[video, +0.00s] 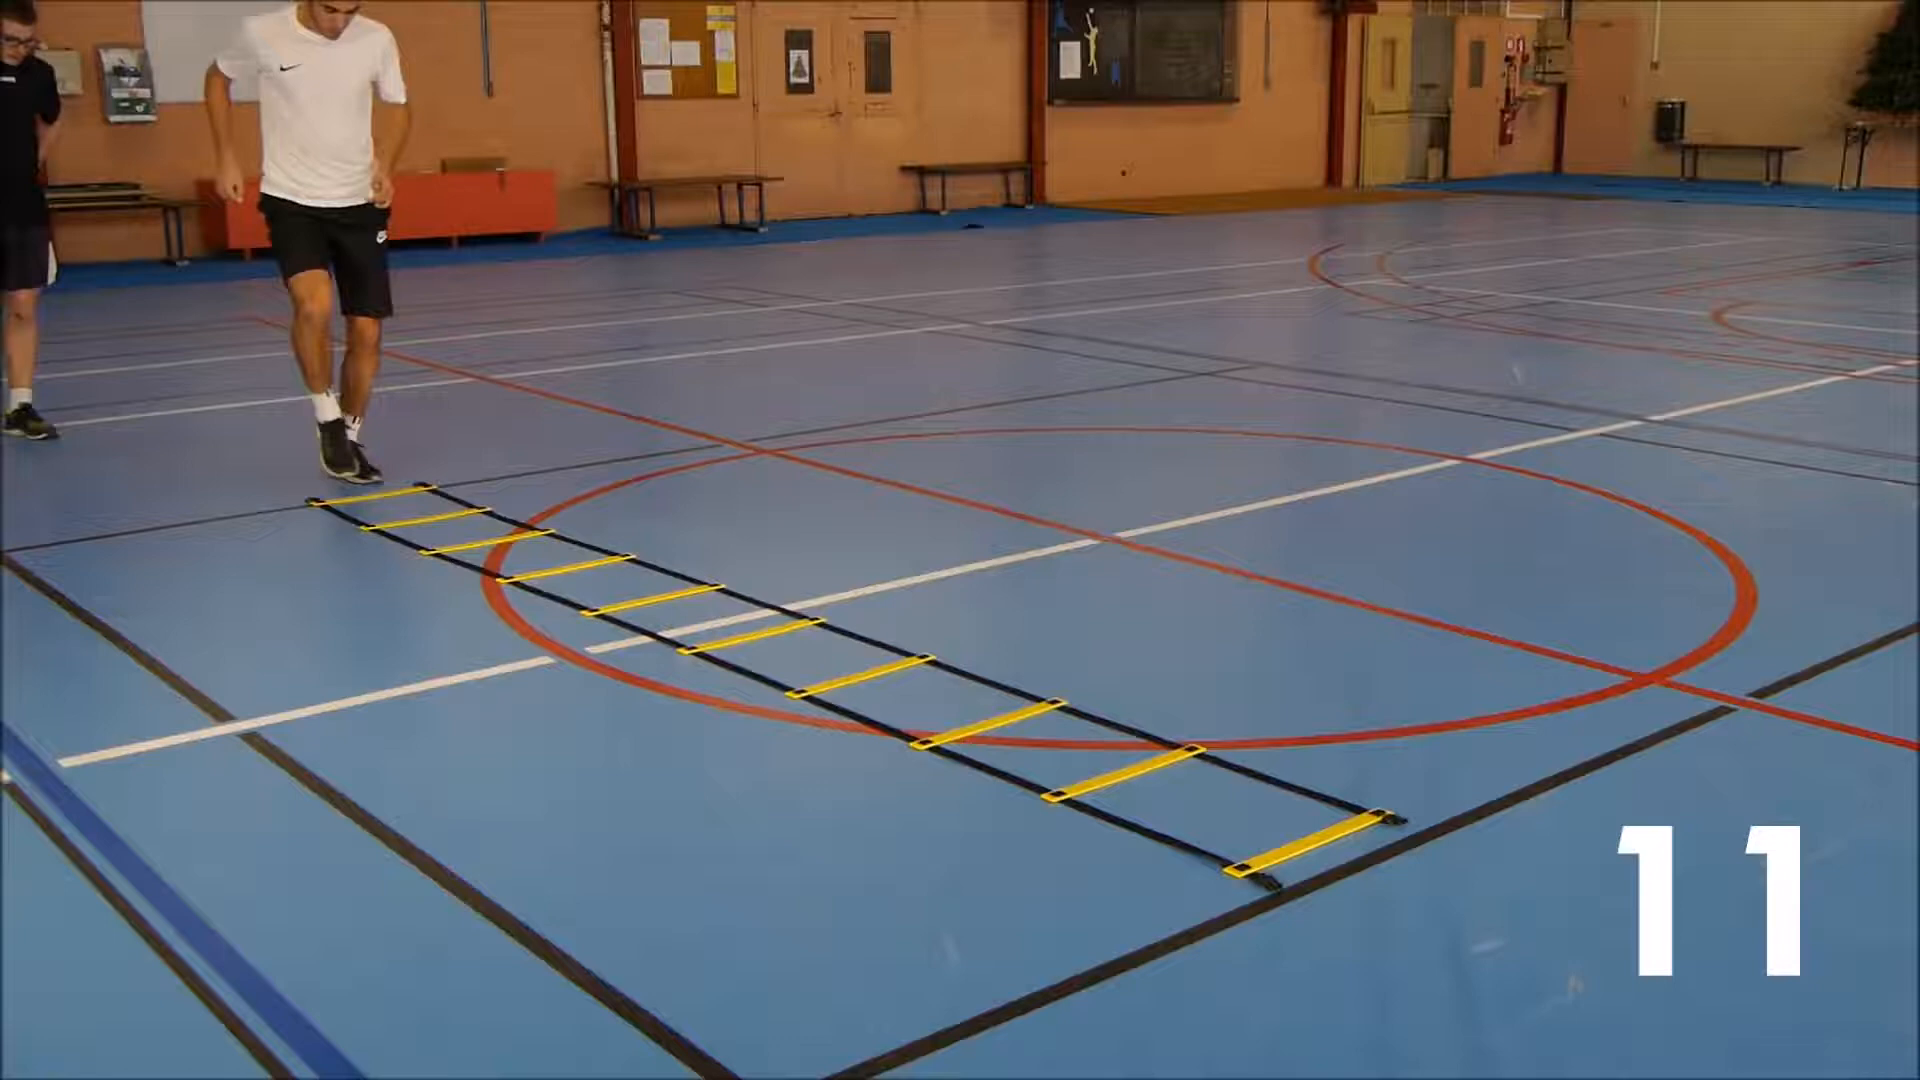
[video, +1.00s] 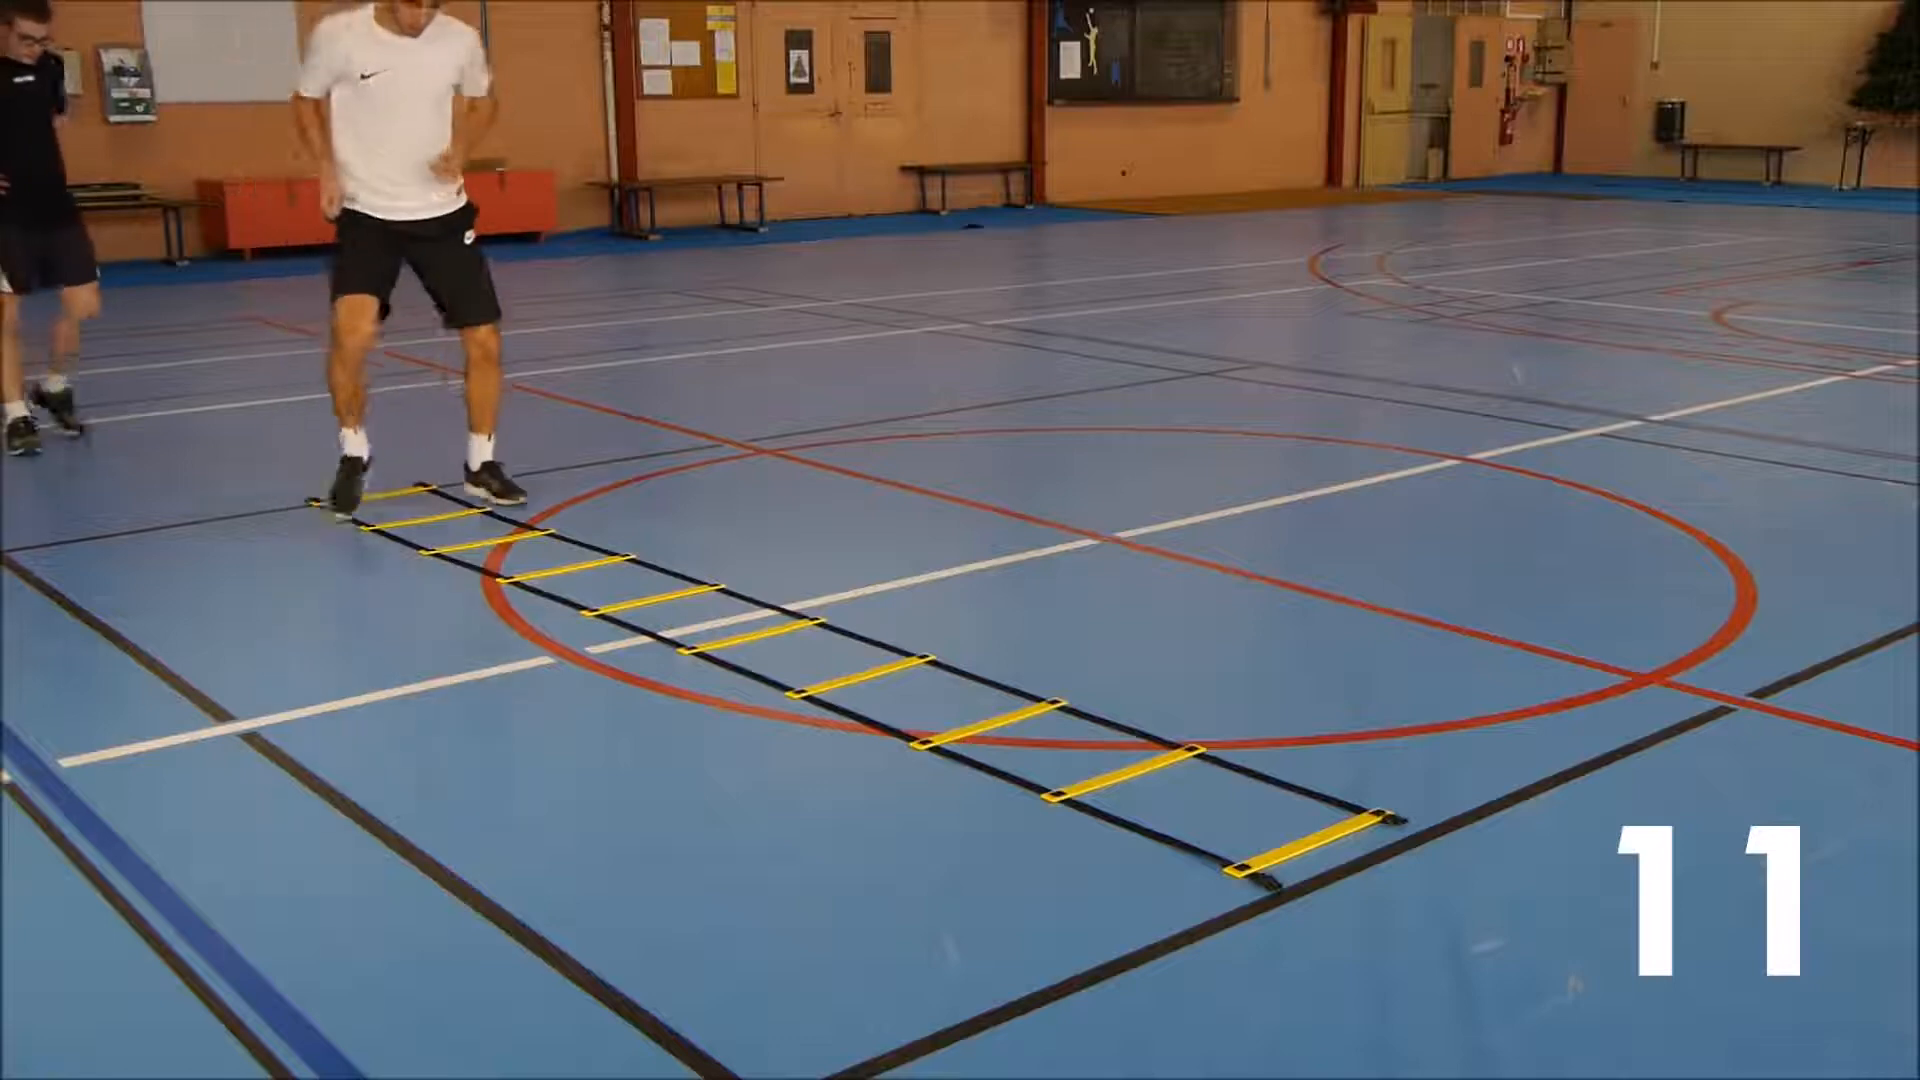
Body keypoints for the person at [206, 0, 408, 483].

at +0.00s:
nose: (338, 21)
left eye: (347, 12)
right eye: (329, 11)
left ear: (359, 5)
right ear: (307, 1)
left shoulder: (377, 39)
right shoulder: (261, 36)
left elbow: (397, 105)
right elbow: (217, 78)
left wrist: (386, 165)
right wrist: (226, 158)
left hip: (359, 205)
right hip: (291, 202)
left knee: (367, 330)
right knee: (315, 306)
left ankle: (351, 439)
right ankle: (328, 418)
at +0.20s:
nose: (352, 12)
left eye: (358, 5)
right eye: (345, 6)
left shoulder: (380, 22)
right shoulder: (274, 27)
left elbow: (395, 76)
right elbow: (226, 81)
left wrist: (392, 129)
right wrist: (247, 157)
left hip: (373, 189)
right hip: (307, 193)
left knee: (401, 311)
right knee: (336, 314)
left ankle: (360, 411)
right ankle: (343, 454)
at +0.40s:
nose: (370, 15)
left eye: (378, 7)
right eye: (361, 7)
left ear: (386, 1)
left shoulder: (397, 27)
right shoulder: (286, 26)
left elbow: (411, 92)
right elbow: (246, 87)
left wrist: (404, 151)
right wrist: (275, 163)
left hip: (387, 201)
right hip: (319, 205)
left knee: (422, 316)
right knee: (342, 326)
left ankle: (394, 453)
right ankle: (350, 451)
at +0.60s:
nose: (376, 18)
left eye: (385, 9)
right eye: (368, 8)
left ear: (396, 4)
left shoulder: (411, 29)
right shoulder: (296, 29)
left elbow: (427, 98)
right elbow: (267, 101)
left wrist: (407, 147)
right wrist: (295, 172)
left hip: (397, 209)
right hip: (322, 210)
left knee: (431, 325)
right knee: (301, 326)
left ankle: (398, 451)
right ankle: (313, 456)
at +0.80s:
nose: (393, 23)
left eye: (401, 14)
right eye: (383, 13)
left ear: (406, 9)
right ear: (353, 4)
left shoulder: (410, 35)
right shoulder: (303, 45)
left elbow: (413, 102)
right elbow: (266, 121)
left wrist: (415, 152)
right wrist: (315, 198)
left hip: (405, 211)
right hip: (332, 221)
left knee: (487, 312)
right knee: (312, 350)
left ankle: (462, 438)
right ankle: (289, 481)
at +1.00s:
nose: (420, 14)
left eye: (428, 6)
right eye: (411, 6)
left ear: (438, 4)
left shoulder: (462, 40)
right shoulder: (336, 36)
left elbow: (481, 101)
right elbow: (305, 98)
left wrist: (459, 151)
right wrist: (326, 168)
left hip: (443, 217)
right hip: (366, 219)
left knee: (485, 340)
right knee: (351, 336)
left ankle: (481, 465)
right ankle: (353, 454)